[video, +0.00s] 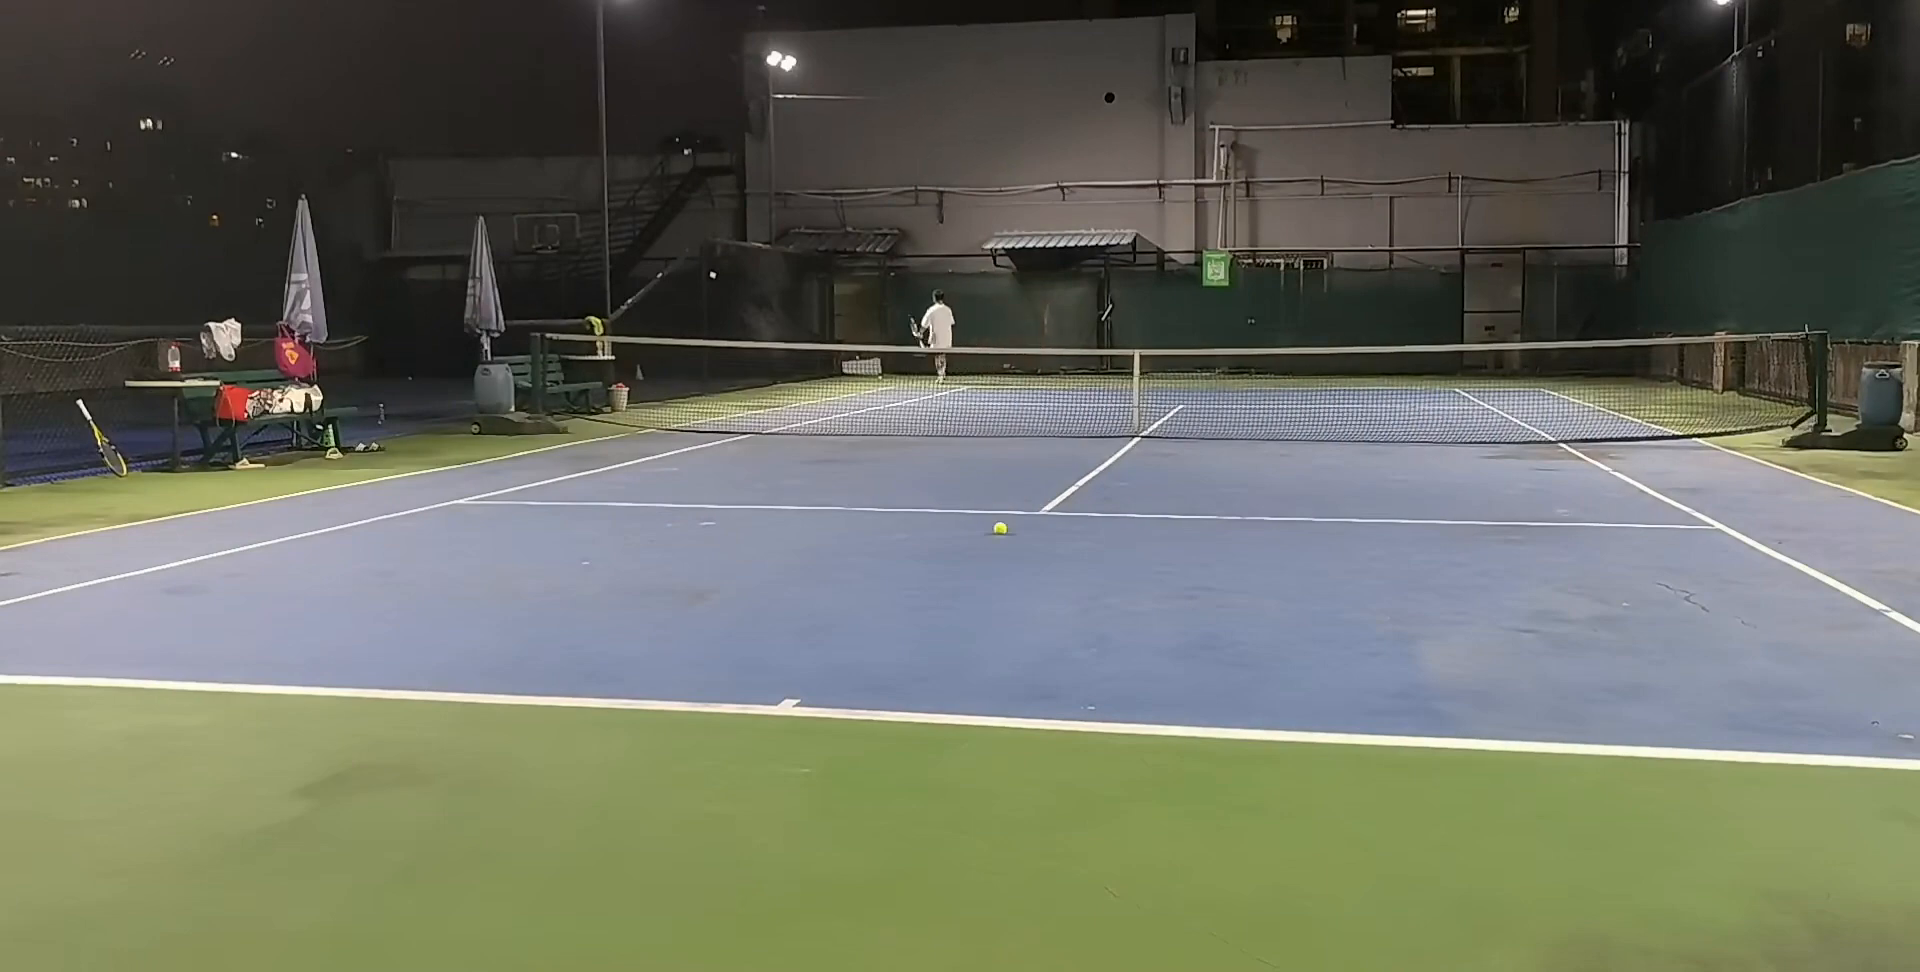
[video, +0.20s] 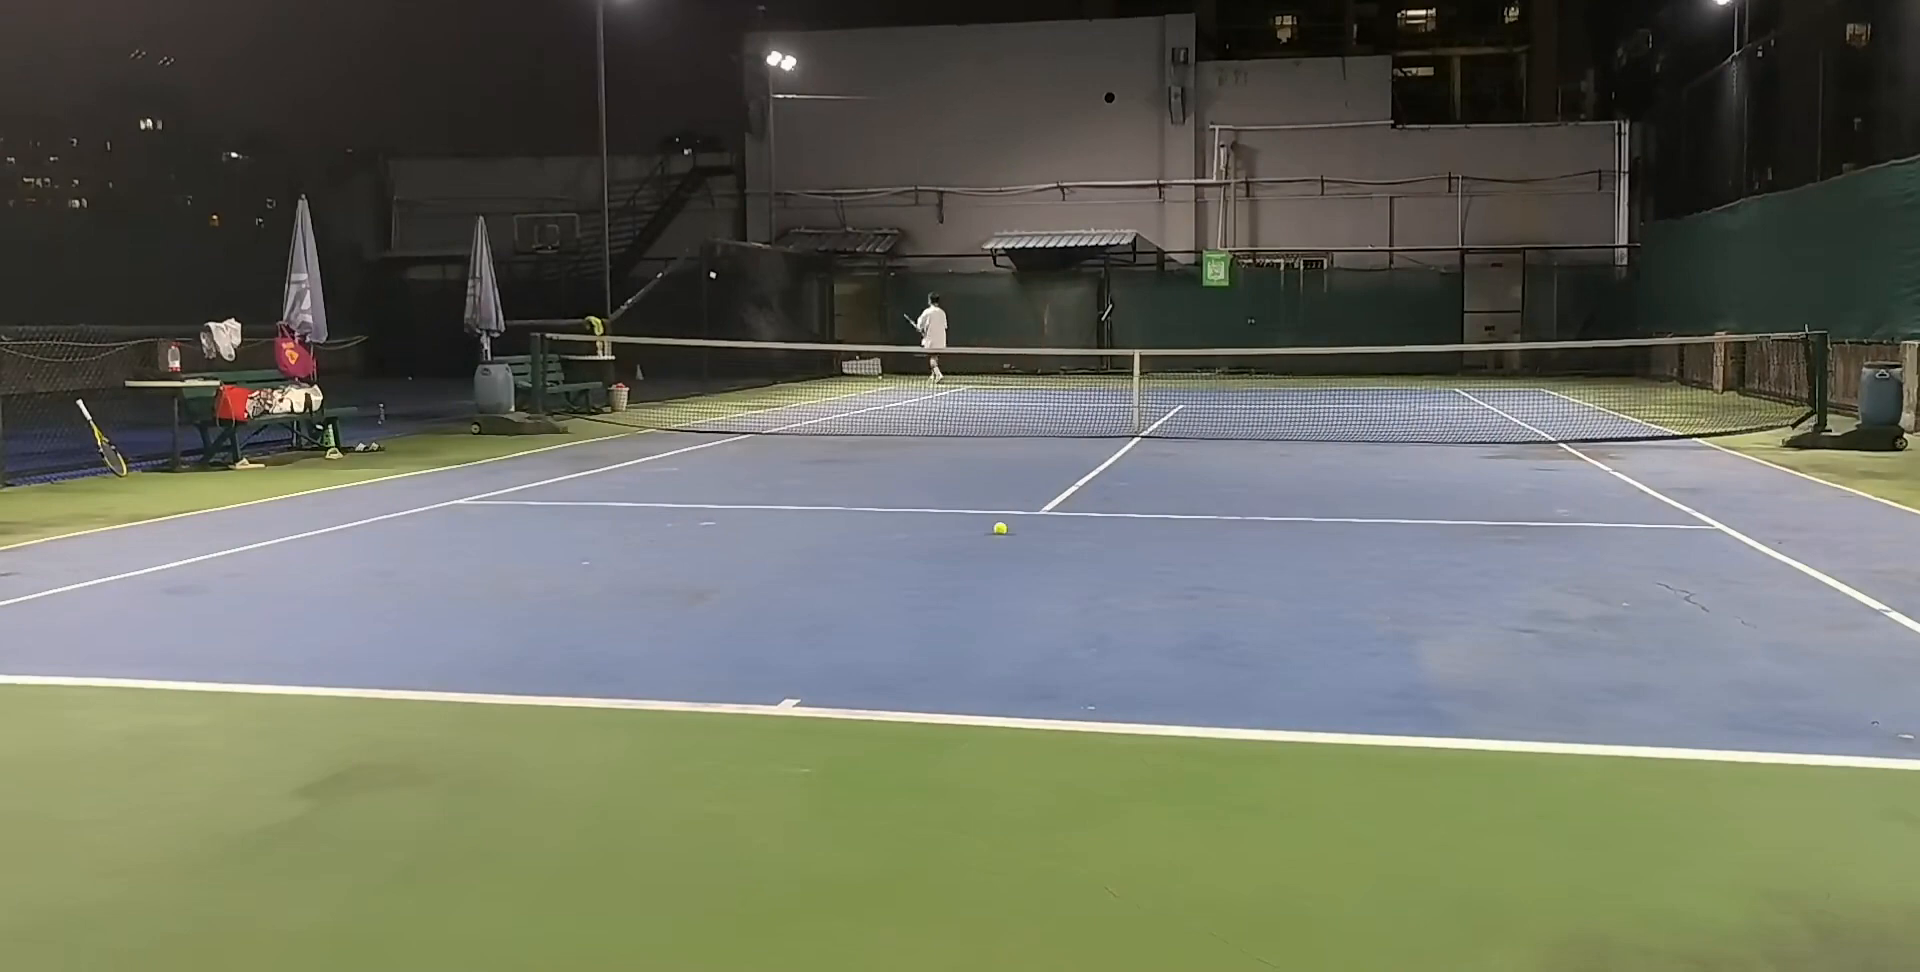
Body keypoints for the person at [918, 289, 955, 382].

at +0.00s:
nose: (934, 300)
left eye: (934, 298)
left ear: (934, 299)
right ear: (942, 298)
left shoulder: (931, 310)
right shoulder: (948, 309)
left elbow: (924, 324)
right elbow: (952, 323)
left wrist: (920, 333)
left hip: (935, 339)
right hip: (947, 339)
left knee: (937, 356)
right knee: (943, 356)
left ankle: (940, 374)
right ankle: (943, 373)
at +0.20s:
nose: (928, 302)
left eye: (929, 300)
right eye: (930, 300)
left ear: (929, 301)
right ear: (938, 301)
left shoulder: (927, 312)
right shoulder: (942, 312)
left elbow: (919, 325)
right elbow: (945, 326)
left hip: (930, 339)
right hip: (941, 340)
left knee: (931, 357)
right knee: (935, 357)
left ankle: (938, 374)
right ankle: (933, 374)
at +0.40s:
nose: (921, 301)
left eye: (922, 299)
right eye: (922, 299)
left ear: (924, 300)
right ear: (931, 300)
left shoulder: (923, 311)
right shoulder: (936, 311)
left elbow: (917, 324)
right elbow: (939, 325)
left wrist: (912, 330)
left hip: (924, 338)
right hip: (935, 338)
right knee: (931, 356)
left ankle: (927, 369)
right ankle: (932, 373)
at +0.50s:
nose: (917, 300)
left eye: (917, 298)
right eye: (917, 298)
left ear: (920, 299)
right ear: (926, 299)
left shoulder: (920, 310)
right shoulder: (933, 310)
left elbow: (917, 324)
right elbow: (936, 324)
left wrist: (915, 336)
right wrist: (931, 330)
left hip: (922, 337)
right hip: (932, 337)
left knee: (918, 355)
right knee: (931, 356)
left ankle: (919, 372)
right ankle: (932, 374)